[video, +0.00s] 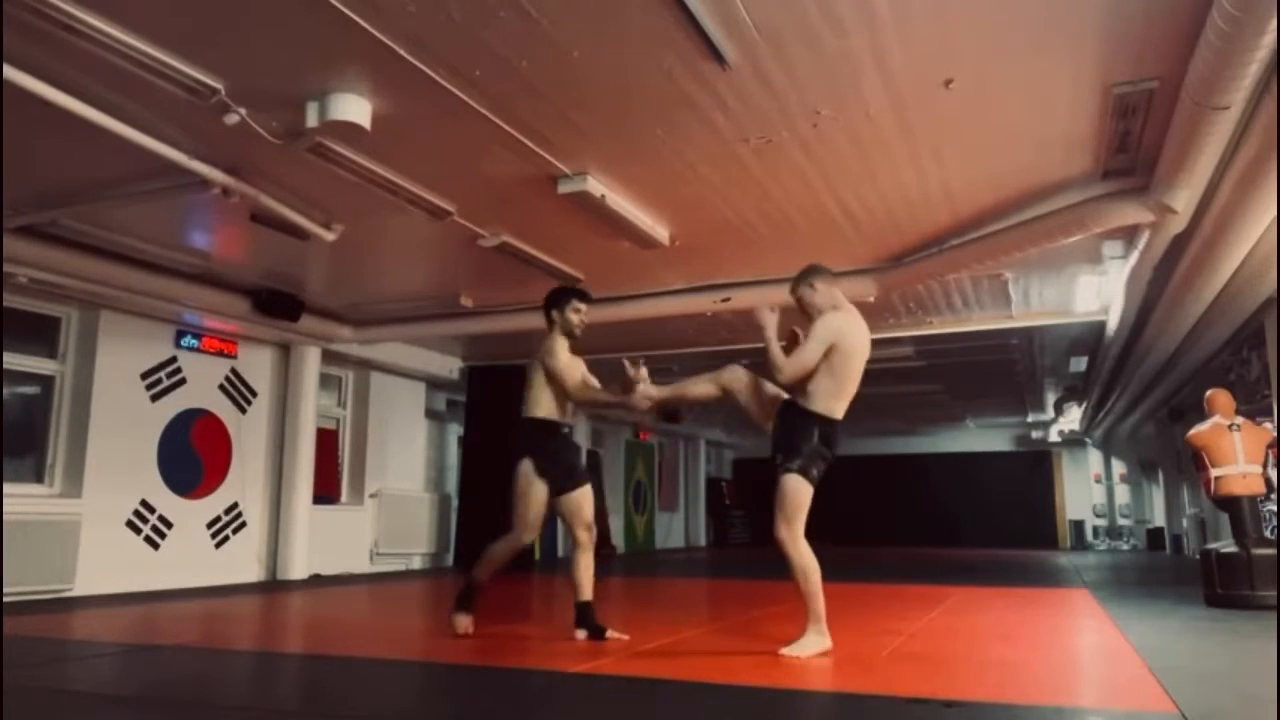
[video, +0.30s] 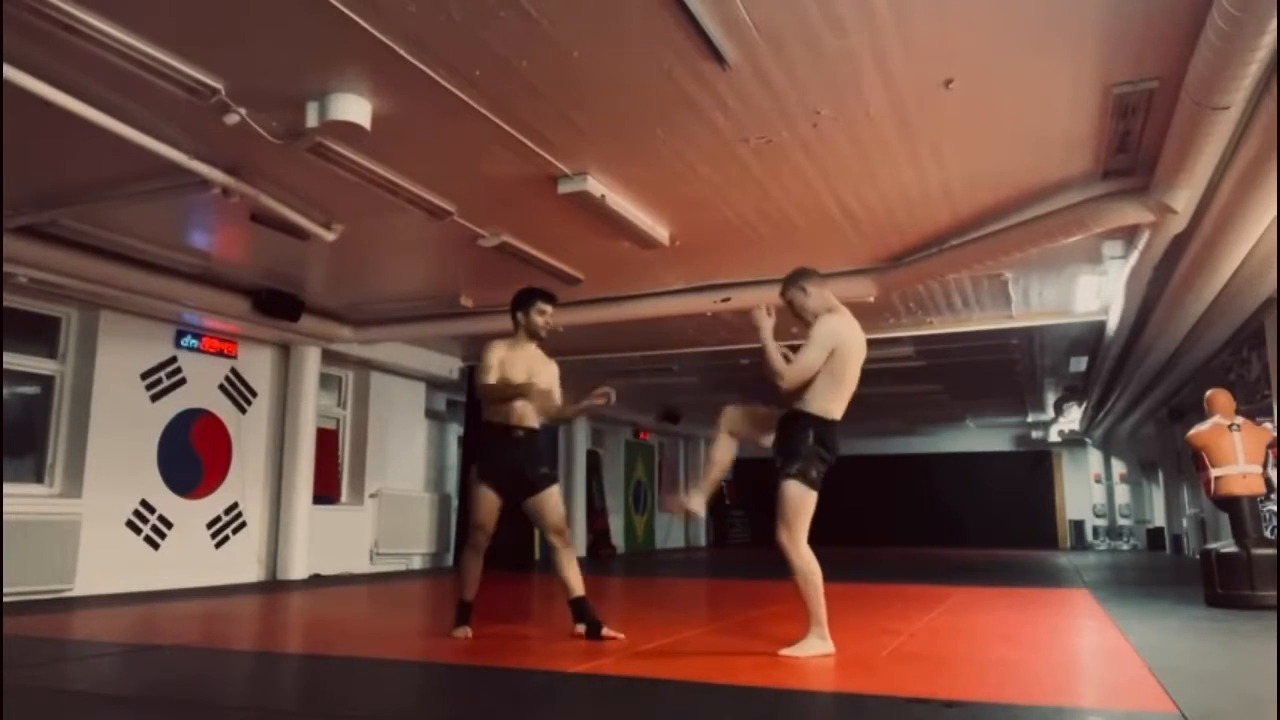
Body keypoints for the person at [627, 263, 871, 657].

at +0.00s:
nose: (803, 309)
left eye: (803, 300)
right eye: (801, 303)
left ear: (820, 287)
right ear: (826, 288)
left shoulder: (834, 322)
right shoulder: (851, 324)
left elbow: (785, 372)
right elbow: (820, 380)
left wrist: (769, 331)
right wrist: (800, 348)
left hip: (810, 430)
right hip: (793, 416)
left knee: (789, 532)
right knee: (733, 376)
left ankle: (818, 632)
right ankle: (652, 394)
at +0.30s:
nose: (797, 314)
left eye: (795, 305)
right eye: (793, 308)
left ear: (810, 289)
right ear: (816, 290)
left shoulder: (831, 325)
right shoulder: (846, 327)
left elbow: (787, 379)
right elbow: (811, 383)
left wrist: (765, 332)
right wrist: (788, 358)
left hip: (810, 433)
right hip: (799, 424)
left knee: (792, 537)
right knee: (732, 417)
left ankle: (820, 635)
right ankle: (699, 496)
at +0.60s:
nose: (783, 310)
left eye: (782, 301)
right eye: (780, 303)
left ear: (799, 288)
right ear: (807, 285)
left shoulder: (813, 322)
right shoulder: (841, 321)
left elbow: (816, 388)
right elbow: (834, 387)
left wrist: (782, 418)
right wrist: (786, 405)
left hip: (811, 428)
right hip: (831, 427)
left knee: (803, 534)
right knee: (822, 535)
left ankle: (821, 633)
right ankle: (848, 625)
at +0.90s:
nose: (781, 316)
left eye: (779, 307)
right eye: (776, 310)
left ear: (793, 293)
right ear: (803, 291)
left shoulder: (812, 320)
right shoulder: (842, 325)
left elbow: (780, 366)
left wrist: (734, 343)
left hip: (811, 431)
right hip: (839, 433)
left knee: (764, 519)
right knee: (840, 535)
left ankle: (775, 619)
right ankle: (851, 631)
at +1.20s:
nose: (773, 318)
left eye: (772, 312)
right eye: (770, 313)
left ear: (785, 296)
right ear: (797, 293)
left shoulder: (796, 324)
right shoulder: (837, 332)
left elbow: (744, 366)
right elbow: (784, 370)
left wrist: (703, 340)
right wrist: (749, 348)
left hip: (786, 432)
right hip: (821, 435)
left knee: (770, 533)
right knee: (829, 537)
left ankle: (764, 630)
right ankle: (850, 630)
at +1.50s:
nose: (754, 322)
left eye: (753, 314)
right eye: (751, 316)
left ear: (766, 301)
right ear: (782, 297)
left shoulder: (775, 323)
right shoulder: (823, 331)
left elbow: (727, 363)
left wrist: (691, 338)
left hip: (772, 433)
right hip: (810, 435)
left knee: (757, 534)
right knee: (818, 537)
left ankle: (764, 630)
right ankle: (847, 628)